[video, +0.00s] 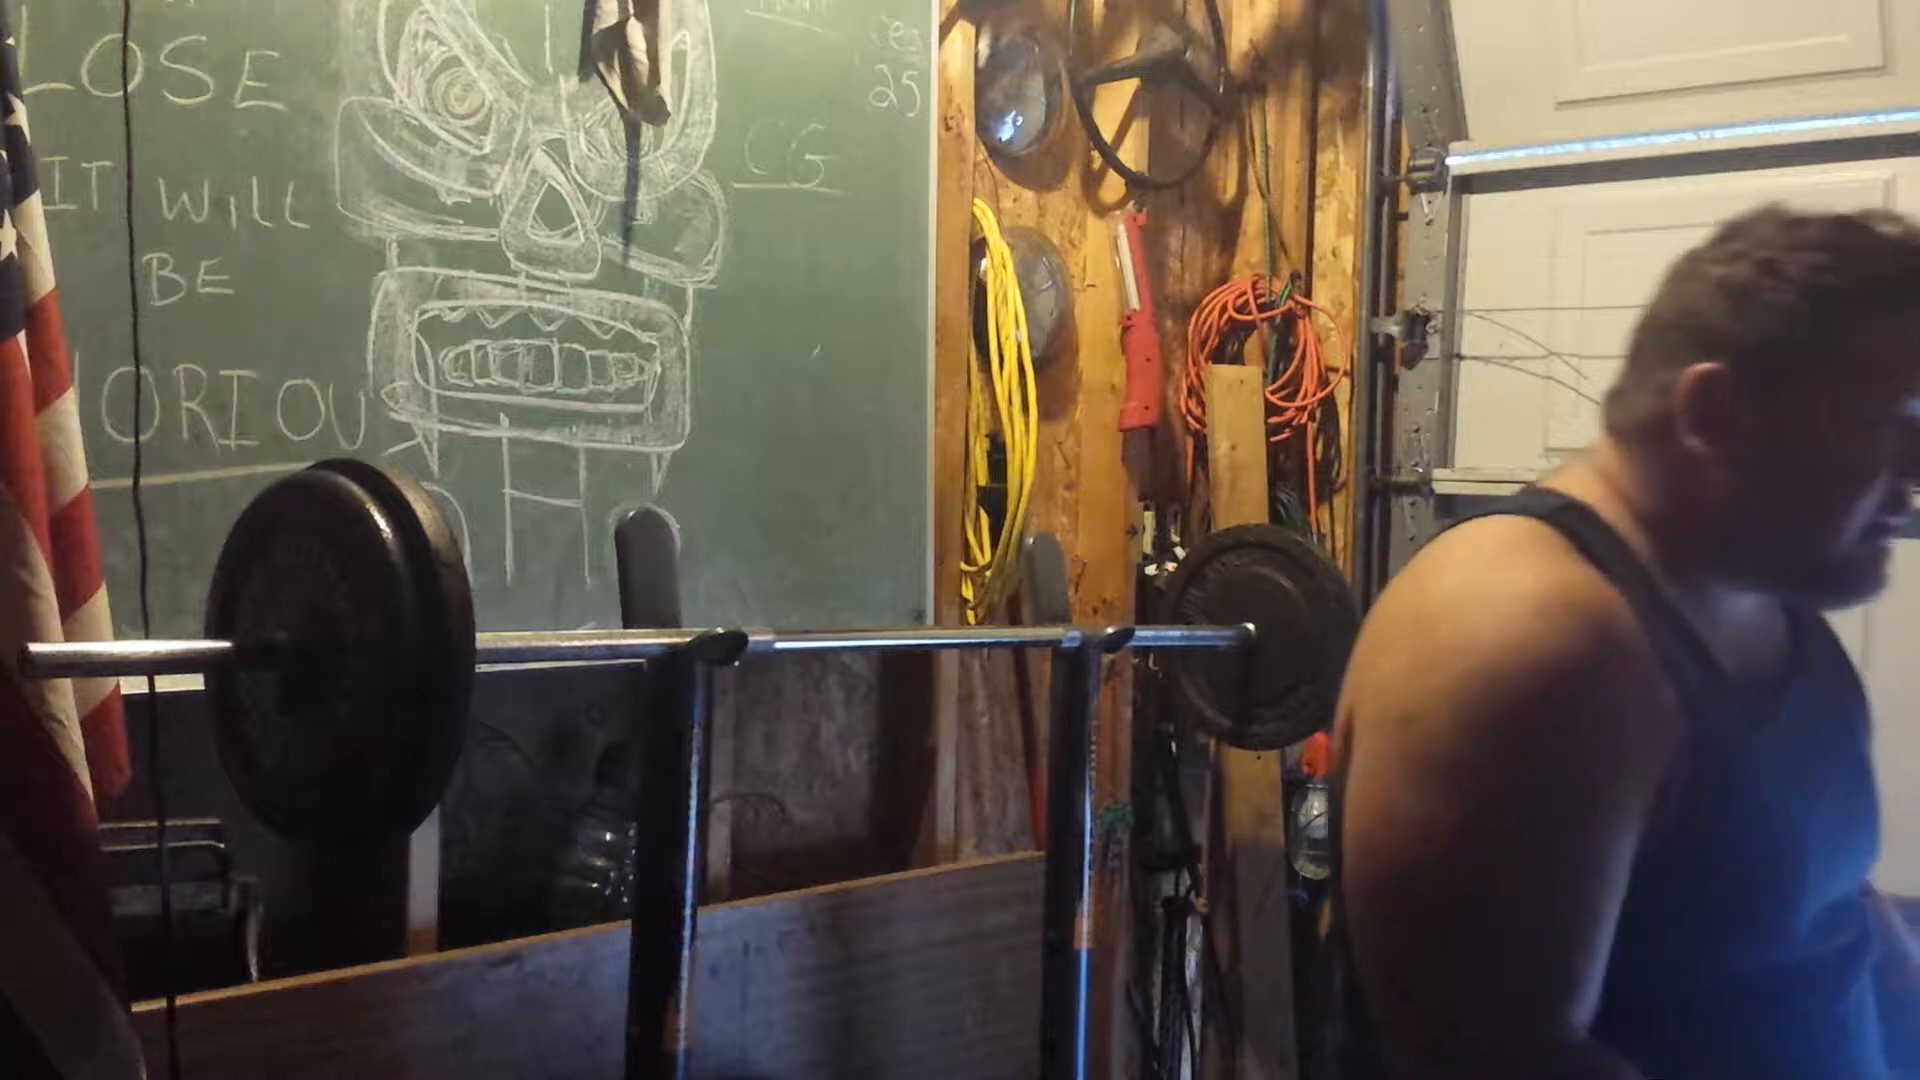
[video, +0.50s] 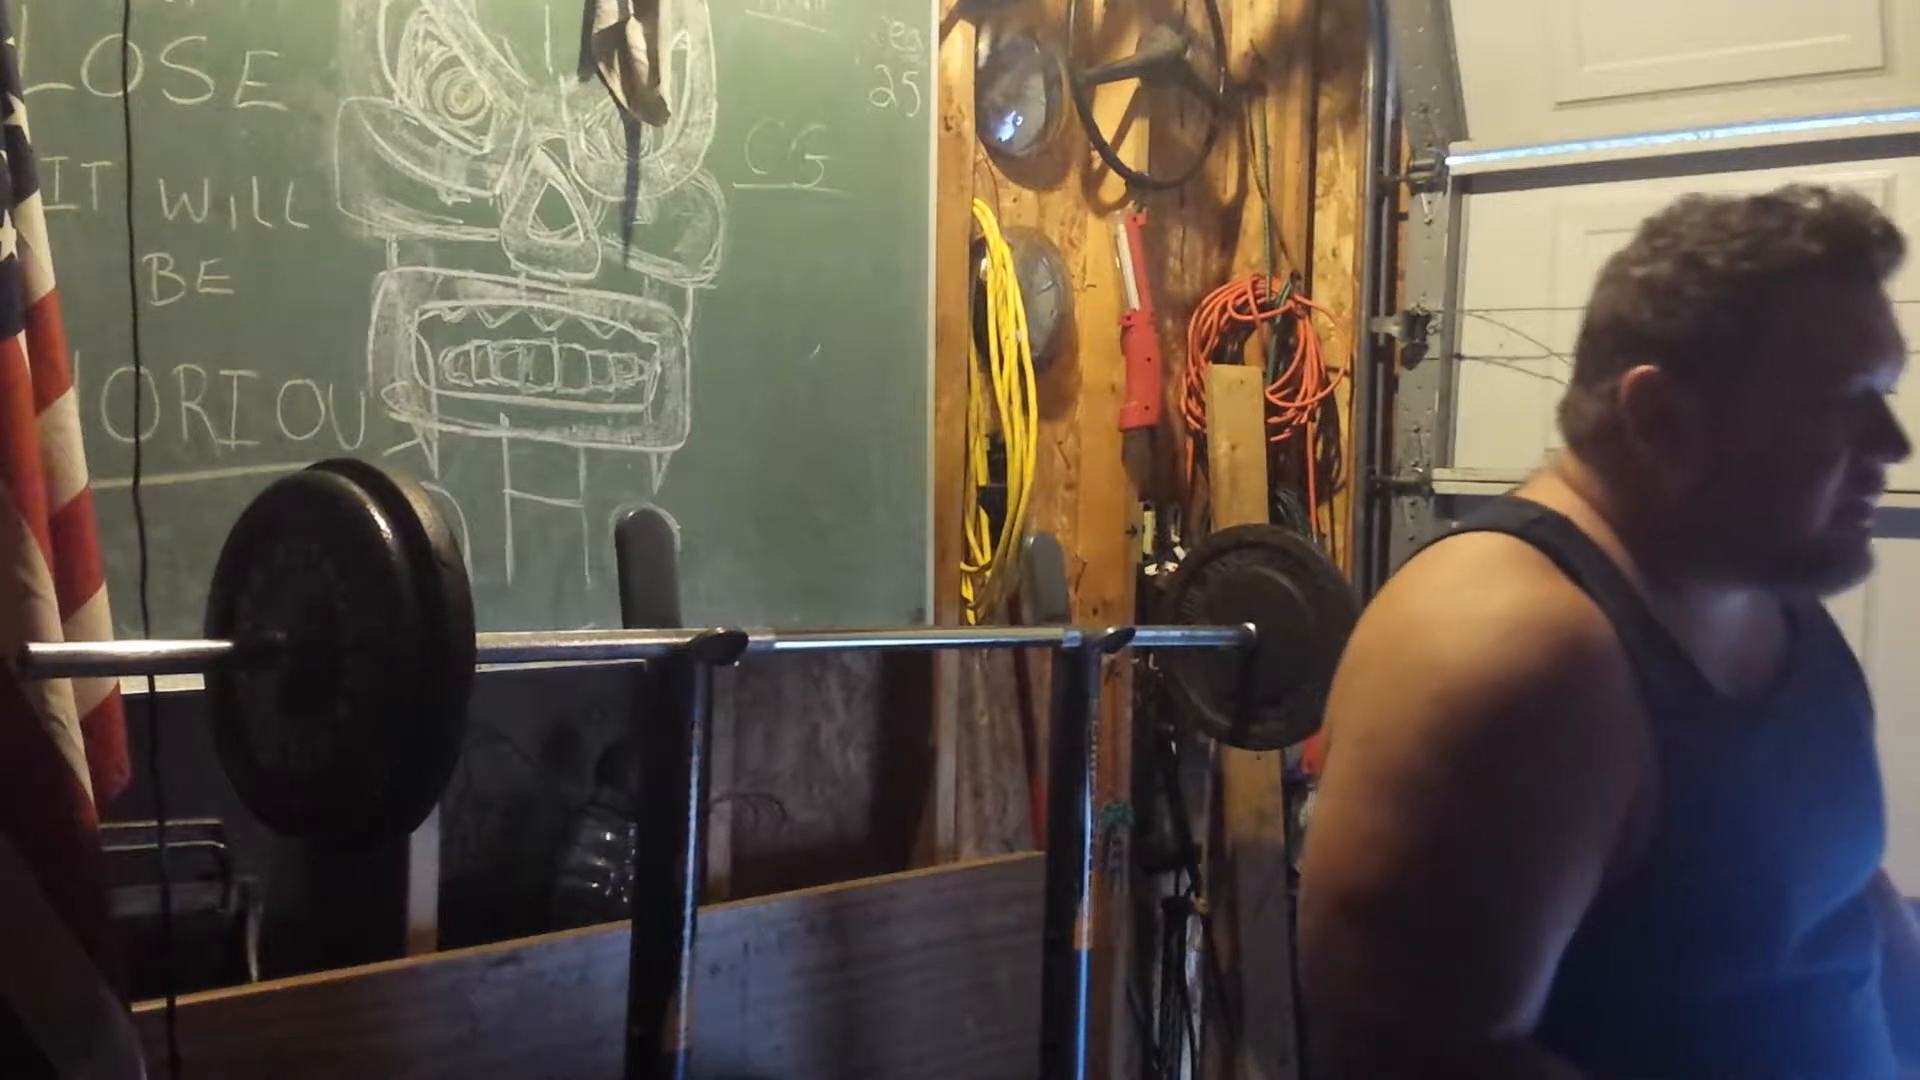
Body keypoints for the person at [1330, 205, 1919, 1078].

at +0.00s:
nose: (1915, 477)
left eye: (1913, 429)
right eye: (1892, 424)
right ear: (1710, 413)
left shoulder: (1758, 584)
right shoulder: (1528, 645)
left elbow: (1830, 906)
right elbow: (1497, 1054)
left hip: (1841, 1042)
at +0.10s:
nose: (1891, 460)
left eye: (1882, 415)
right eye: (1854, 416)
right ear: (1665, 414)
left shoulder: (1735, 581)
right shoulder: (1497, 653)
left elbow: (1828, 890)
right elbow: (1508, 1059)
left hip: (1830, 1051)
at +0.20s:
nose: (1864, 445)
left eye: (1855, 403)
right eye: (1818, 405)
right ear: (1634, 411)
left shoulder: (1733, 584)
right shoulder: (1481, 656)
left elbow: (1828, 882)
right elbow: (1507, 1060)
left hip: (1826, 1055)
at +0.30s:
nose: (1853, 439)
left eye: (1844, 393)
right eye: (1814, 394)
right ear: (1619, 413)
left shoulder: (1739, 590)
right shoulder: (1477, 661)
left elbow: (1829, 884)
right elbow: (1490, 1060)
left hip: (1828, 1054)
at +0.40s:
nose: (1867, 438)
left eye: (1856, 393)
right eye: (1823, 394)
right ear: (1626, 414)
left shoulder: (1748, 589)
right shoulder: (1486, 658)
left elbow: (1835, 890)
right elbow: (1435, 1054)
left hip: (1836, 1054)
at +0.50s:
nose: (1896, 444)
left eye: (1884, 398)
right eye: (1851, 403)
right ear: (1658, 419)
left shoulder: (1765, 587)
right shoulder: (1503, 654)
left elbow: (1847, 899)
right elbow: (1414, 1051)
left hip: (1839, 1053)